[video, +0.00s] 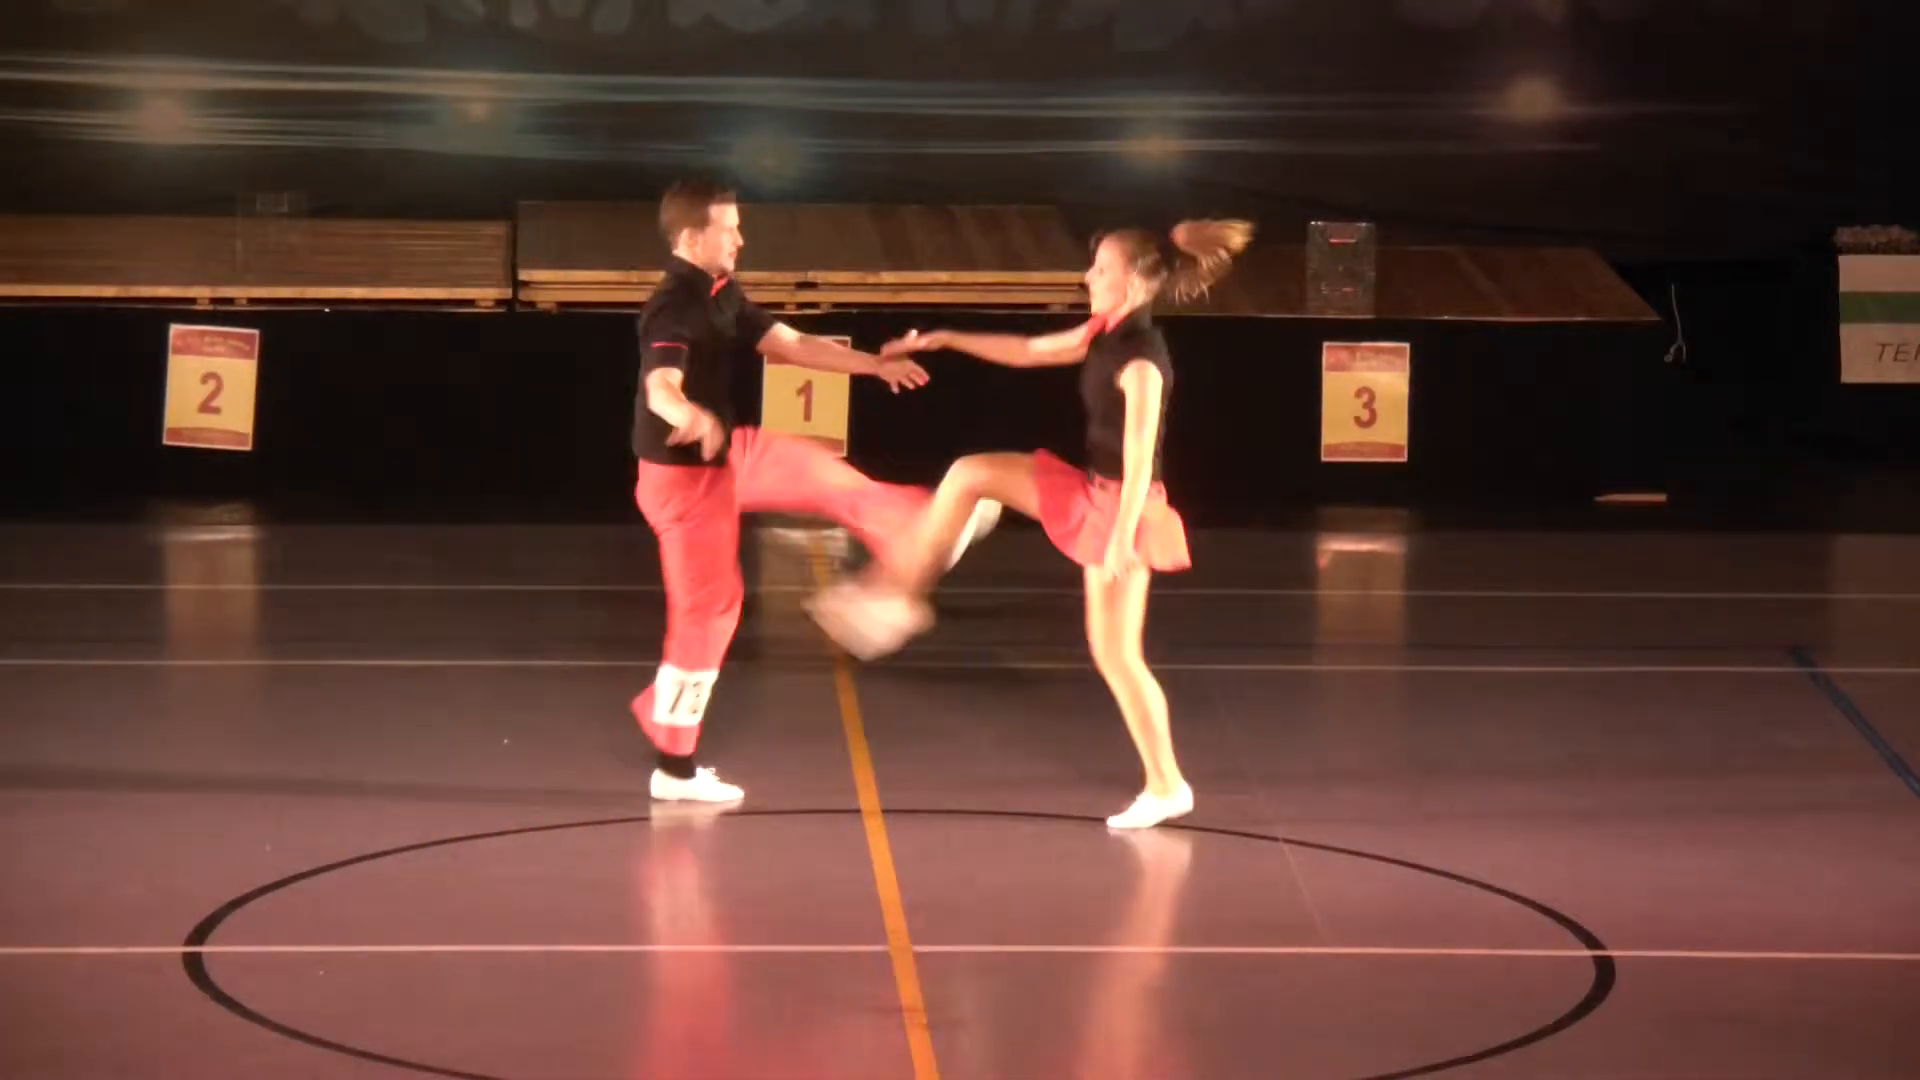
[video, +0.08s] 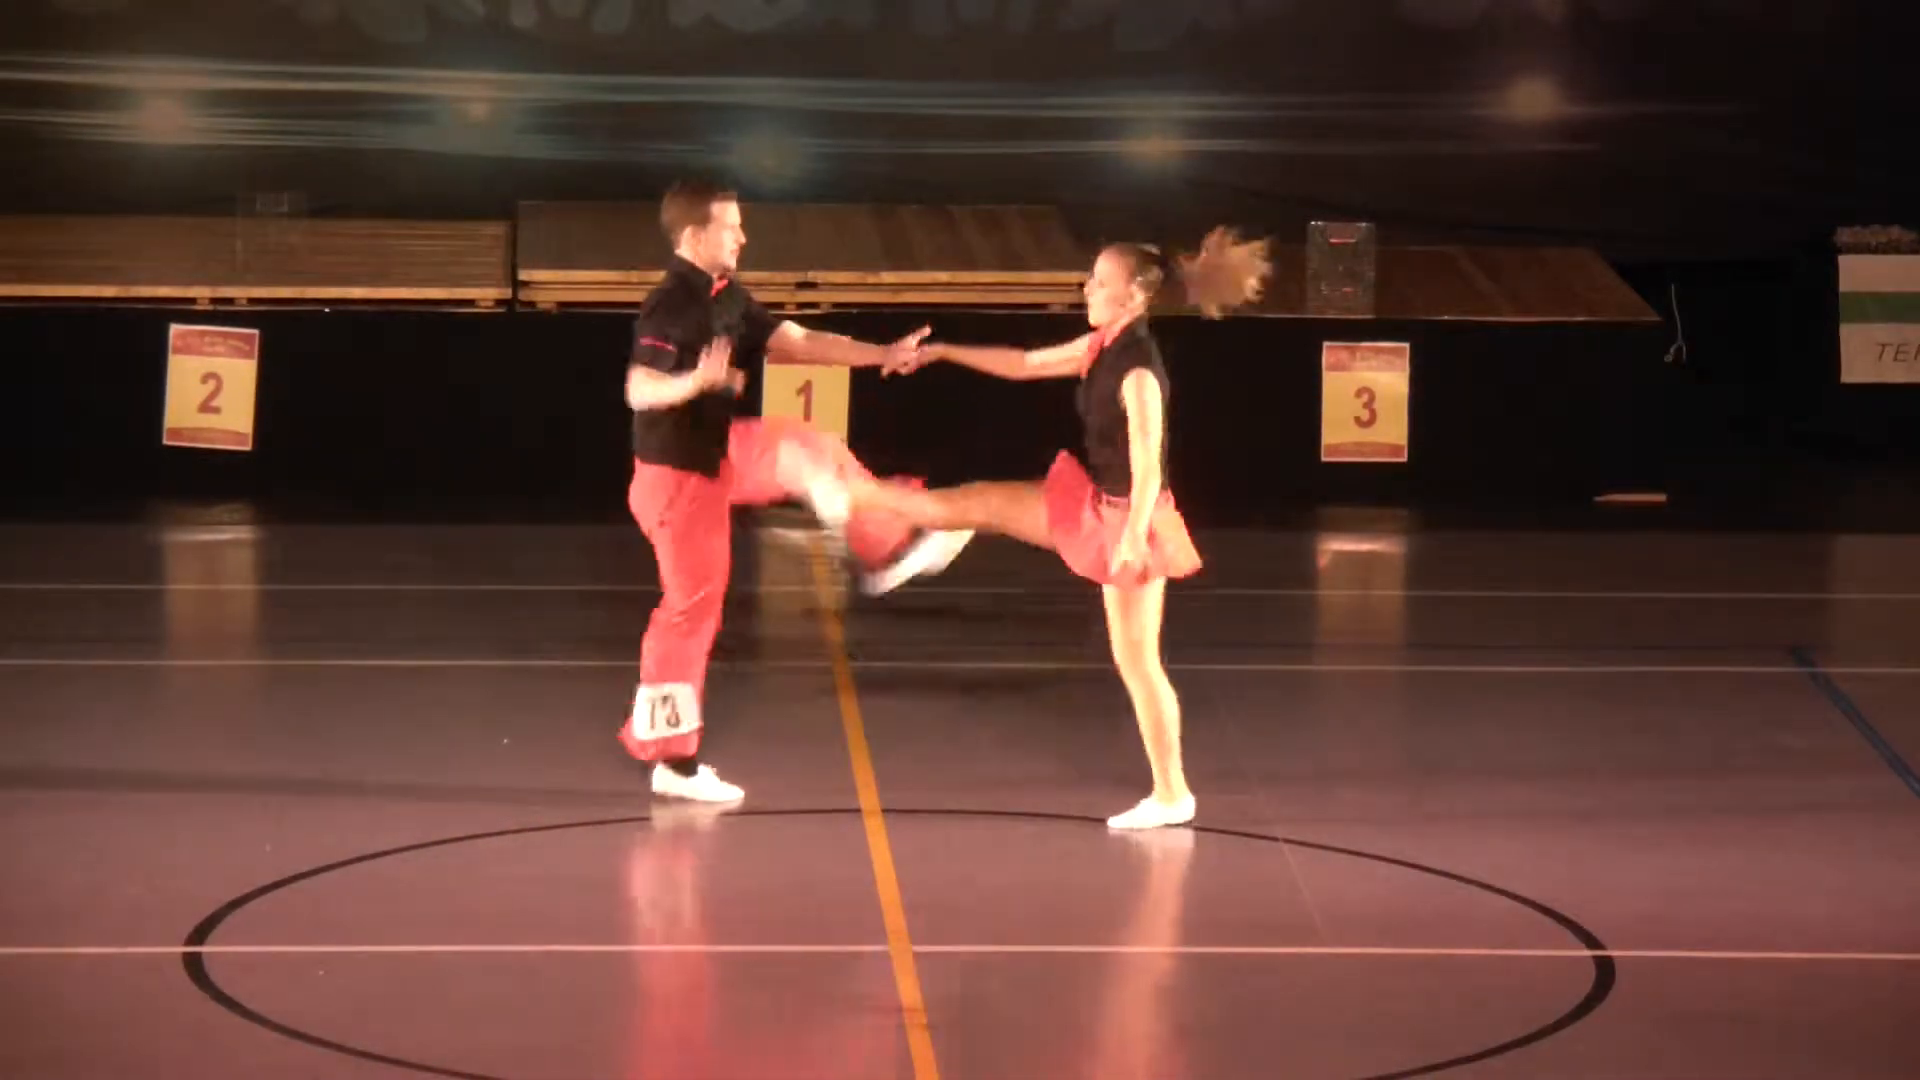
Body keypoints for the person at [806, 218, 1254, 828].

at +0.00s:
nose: (1089, 276)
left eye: (1102, 268)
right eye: (1093, 266)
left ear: (1137, 282)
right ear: (1119, 279)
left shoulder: (1141, 357)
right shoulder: (1102, 333)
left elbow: (1140, 464)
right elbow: (1027, 351)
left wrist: (1121, 539)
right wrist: (945, 338)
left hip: (1124, 512)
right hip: (1088, 494)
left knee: (1115, 653)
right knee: (968, 474)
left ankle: (1165, 785)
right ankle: (895, 596)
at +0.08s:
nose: (1087, 287)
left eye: (1098, 280)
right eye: (1091, 277)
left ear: (1132, 298)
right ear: (1123, 294)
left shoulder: (1136, 371)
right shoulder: (1101, 344)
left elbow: (1148, 464)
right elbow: (1023, 363)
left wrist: (1134, 534)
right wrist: (939, 351)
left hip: (1130, 525)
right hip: (1089, 508)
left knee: (1137, 661)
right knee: (974, 503)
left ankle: (1171, 793)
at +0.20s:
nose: (1106, 269)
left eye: (1121, 261)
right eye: (1104, 257)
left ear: (1152, 271)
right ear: (1098, 259)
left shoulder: (1153, 341)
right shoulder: (1094, 315)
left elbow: (1187, 434)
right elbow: (1013, 335)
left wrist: (1164, 484)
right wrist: (924, 324)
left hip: (1140, 492)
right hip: (1096, 484)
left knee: (1055, 610)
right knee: (998, 540)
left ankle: (1129, 723)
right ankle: (1042, 679)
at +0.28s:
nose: (1109, 273)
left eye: (1125, 267)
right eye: (1106, 260)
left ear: (1155, 275)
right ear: (1099, 260)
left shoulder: (1155, 343)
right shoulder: (1086, 319)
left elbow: (1197, 426)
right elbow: (1003, 328)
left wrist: (1199, 474)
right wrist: (917, 308)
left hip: (1139, 500)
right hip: (1100, 497)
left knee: (1009, 571)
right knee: (1098, 638)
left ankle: (1072, 678)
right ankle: (1137, 771)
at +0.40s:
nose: (1095, 300)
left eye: (1108, 292)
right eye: (1095, 289)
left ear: (1144, 301)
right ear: (1098, 292)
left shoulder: (1153, 368)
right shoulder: (1087, 340)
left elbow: (1203, 449)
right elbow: (1003, 324)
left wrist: (1181, 464)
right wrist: (925, 296)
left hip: (1118, 526)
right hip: (1094, 521)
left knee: (1039, 654)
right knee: (1124, 656)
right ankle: (1151, 792)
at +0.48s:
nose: (1085, 275)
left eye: (1096, 265)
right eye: (1087, 263)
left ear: (1133, 275)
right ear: (1108, 271)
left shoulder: (1153, 350)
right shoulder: (1097, 320)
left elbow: (1159, 447)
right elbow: (1015, 318)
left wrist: (1079, 429)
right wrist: (926, 297)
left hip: (1119, 499)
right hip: (1073, 483)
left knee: (1060, 635)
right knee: (1012, 608)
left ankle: (1065, 779)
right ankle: (1094, 727)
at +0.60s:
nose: (1079, 289)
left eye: (1090, 279)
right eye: (1081, 277)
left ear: (1126, 289)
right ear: (1111, 287)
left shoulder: (1128, 359)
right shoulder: (1103, 334)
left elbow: (1030, 383)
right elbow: (1017, 320)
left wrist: (965, 321)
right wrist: (935, 286)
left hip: (1120, 520)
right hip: (1083, 489)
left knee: (1092, 654)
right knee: (965, 461)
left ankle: (1105, 788)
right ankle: (845, 545)